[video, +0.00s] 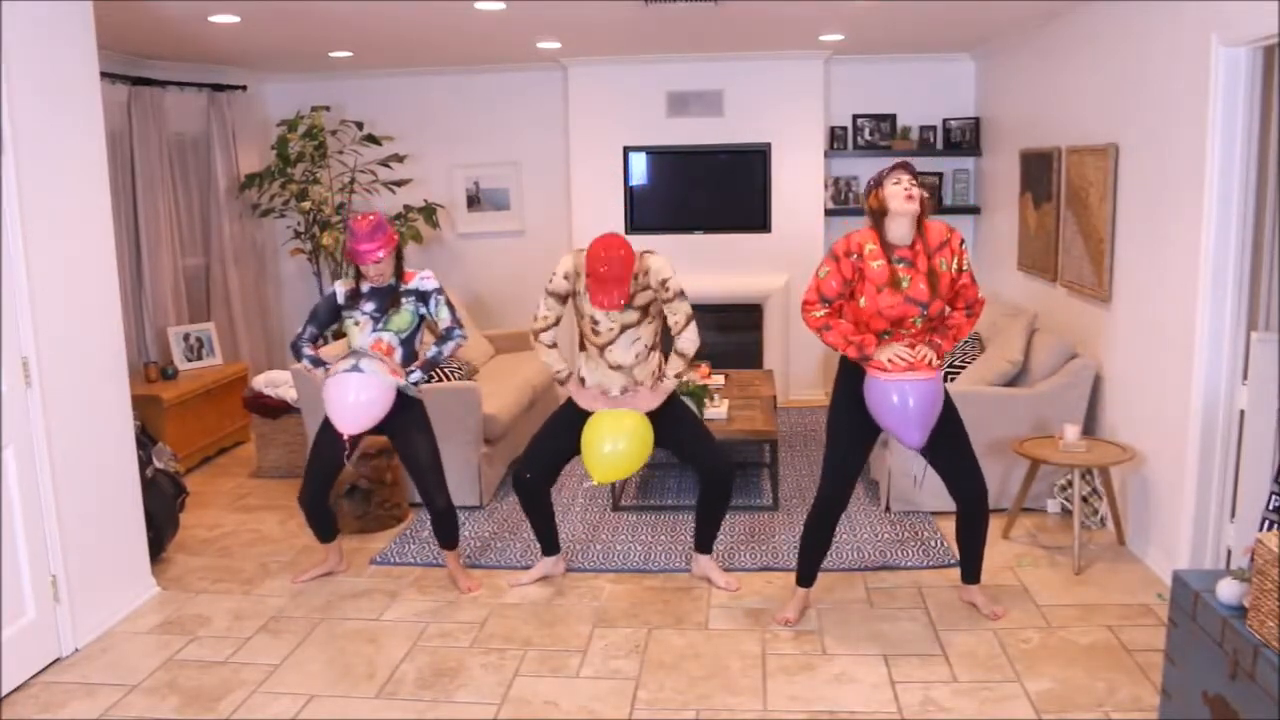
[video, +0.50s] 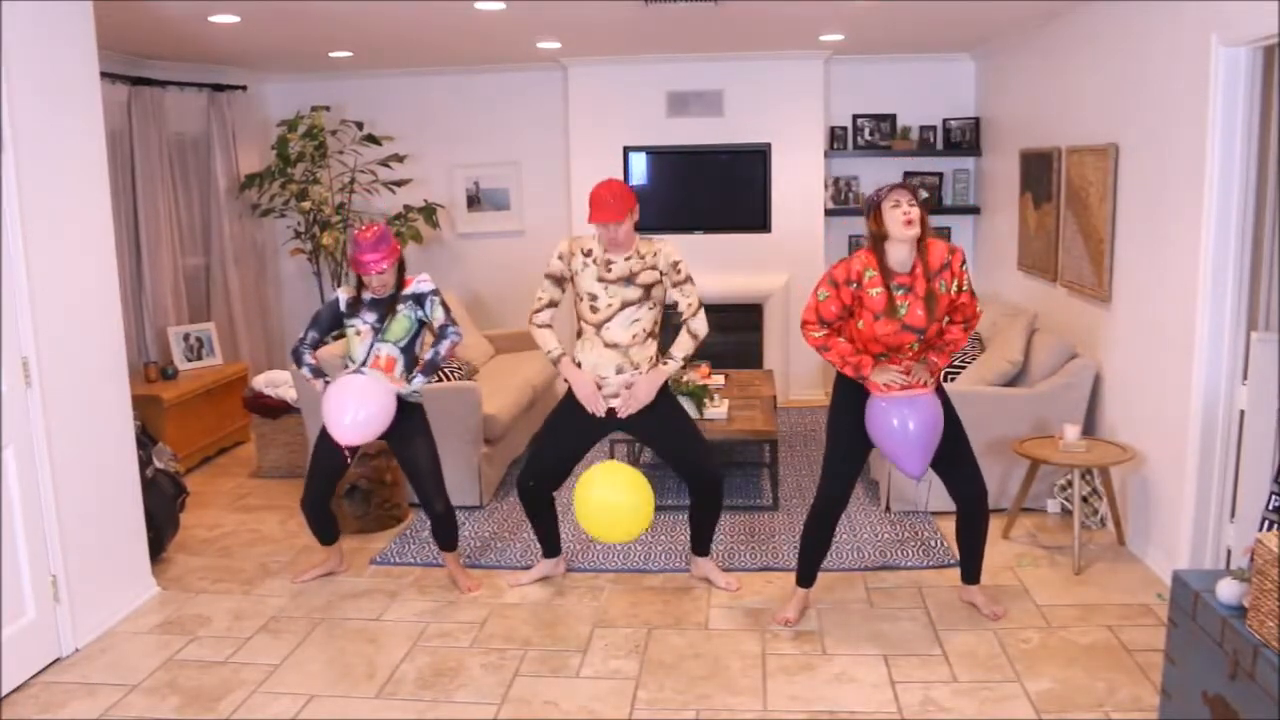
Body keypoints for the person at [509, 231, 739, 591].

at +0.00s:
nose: (611, 300)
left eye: (618, 292)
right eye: (603, 292)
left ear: (633, 268)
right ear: (588, 270)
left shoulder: (655, 271)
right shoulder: (571, 268)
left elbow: (688, 337)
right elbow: (542, 332)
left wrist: (658, 393)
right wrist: (576, 391)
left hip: (652, 398)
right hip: (590, 399)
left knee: (718, 469)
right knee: (528, 476)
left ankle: (703, 557)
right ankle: (552, 557)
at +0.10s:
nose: (610, 303)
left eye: (617, 296)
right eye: (603, 296)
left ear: (632, 272)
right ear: (588, 273)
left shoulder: (658, 271)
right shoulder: (569, 269)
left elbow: (694, 341)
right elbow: (540, 335)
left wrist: (660, 393)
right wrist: (576, 391)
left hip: (651, 398)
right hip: (590, 398)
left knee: (717, 471)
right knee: (527, 479)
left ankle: (702, 558)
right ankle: (551, 558)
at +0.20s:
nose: (612, 291)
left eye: (619, 283)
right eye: (603, 283)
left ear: (634, 261)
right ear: (588, 263)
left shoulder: (660, 270)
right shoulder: (567, 268)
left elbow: (694, 339)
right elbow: (540, 332)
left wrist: (657, 392)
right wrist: (575, 387)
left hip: (651, 400)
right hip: (588, 400)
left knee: (718, 469)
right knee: (527, 480)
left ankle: (702, 558)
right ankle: (552, 558)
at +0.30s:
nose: (611, 280)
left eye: (619, 272)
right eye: (603, 273)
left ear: (634, 250)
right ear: (589, 252)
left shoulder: (659, 263)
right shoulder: (571, 262)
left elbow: (696, 331)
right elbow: (540, 327)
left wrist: (654, 385)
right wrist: (579, 383)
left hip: (650, 399)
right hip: (589, 398)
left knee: (717, 473)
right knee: (527, 482)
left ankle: (702, 557)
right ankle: (551, 558)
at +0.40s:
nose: (611, 260)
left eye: (619, 251)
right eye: (604, 252)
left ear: (635, 232)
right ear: (592, 236)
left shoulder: (662, 258)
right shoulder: (571, 256)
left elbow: (697, 324)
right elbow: (539, 321)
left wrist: (656, 380)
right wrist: (576, 378)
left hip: (648, 396)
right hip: (587, 396)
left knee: (708, 478)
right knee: (531, 484)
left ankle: (701, 558)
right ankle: (552, 558)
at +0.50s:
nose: (609, 234)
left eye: (618, 224)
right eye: (602, 225)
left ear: (635, 216)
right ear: (592, 221)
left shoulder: (663, 257)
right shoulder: (572, 253)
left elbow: (696, 324)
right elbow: (540, 319)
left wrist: (657, 377)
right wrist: (573, 374)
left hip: (648, 393)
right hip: (587, 393)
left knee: (706, 476)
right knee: (532, 484)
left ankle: (701, 558)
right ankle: (552, 558)